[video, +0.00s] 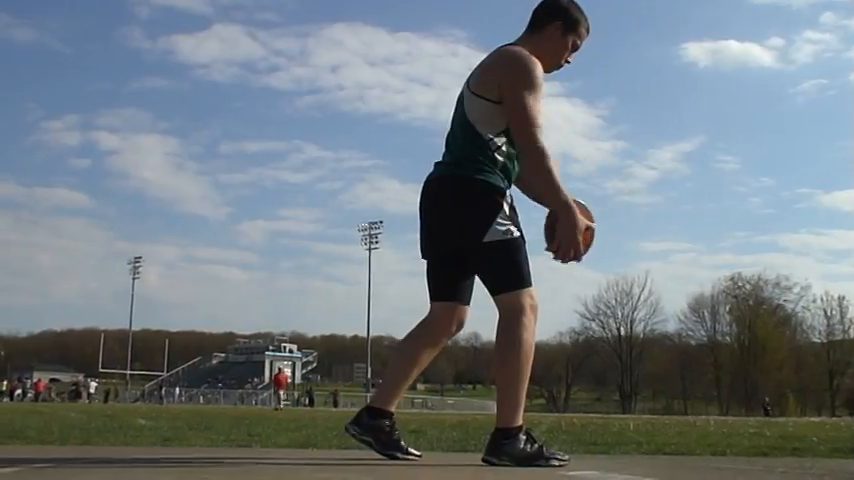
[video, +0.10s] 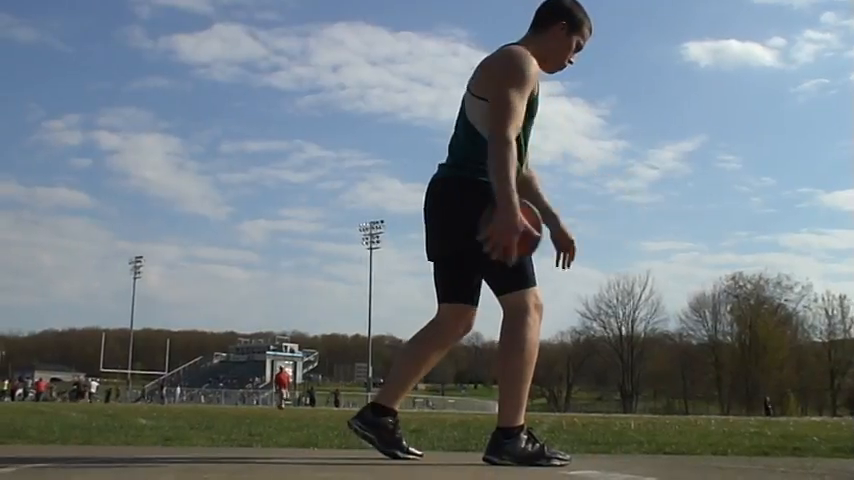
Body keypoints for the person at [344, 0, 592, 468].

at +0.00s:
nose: (571, 58)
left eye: (577, 51)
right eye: (574, 46)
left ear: (545, 27)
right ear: (555, 29)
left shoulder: (498, 66)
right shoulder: (520, 64)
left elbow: (515, 163)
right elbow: (529, 142)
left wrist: (566, 206)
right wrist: (565, 206)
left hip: (444, 193)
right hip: (480, 194)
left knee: (447, 316)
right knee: (520, 307)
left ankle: (375, 416)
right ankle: (510, 436)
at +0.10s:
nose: (575, 58)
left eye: (581, 51)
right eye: (578, 46)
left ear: (552, 29)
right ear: (559, 29)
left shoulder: (516, 73)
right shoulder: (518, 63)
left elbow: (519, 167)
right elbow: (501, 137)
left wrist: (552, 220)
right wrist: (507, 206)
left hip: (450, 197)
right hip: (478, 196)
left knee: (456, 317)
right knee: (525, 307)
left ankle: (379, 413)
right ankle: (511, 435)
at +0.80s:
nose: (526, 35)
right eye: (527, 28)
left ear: (483, 23)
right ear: (524, 28)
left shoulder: (439, 64)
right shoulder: (531, 71)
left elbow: (401, 142)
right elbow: (595, 136)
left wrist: (426, 171)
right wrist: (635, 171)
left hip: (436, 201)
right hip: (495, 200)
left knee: (436, 311)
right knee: (531, 316)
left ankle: (378, 417)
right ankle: (516, 429)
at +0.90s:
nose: (518, 12)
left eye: (513, 9)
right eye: (519, 8)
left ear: (471, 5)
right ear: (514, 9)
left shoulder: (428, 48)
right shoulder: (530, 54)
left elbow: (405, 119)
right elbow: (558, 114)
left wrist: (446, 110)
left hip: (437, 190)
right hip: (498, 186)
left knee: (423, 304)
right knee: (526, 308)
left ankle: (384, 414)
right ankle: (520, 422)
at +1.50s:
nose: (517, 14)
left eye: (515, 10)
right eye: (518, 9)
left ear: (468, 4)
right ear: (509, 8)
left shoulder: (418, 49)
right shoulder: (520, 51)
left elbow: (429, 103)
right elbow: (503, 91)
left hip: (430, 193)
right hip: (491, 189)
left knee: (416, 308)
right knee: (522, 310)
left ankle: (391, 426)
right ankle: (524, 429)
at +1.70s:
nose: (534, 31)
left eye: (537, 23)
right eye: (536, 21)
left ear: (494, 6)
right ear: (521, 9)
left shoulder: (442, 54)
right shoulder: (522, 52)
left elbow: (478, 134)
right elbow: (570, 107)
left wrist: (551, 143)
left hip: (432, 192)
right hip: (487, 188)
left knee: (441, 308)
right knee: (529, 304)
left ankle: (394, 417)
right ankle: (525, 430)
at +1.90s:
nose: (558, 54)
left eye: (563, 47)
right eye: (559, 42)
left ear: (526, 26)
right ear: (538, 27)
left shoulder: (490, 73)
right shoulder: (513, 67)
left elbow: (533, 161)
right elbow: (549, 135)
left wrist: (597, 191)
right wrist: (596, 193)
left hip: (449, 204)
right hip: (484, 201)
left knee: (486, 322)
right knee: (551, 304)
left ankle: (396, 403)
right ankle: (527, 429)